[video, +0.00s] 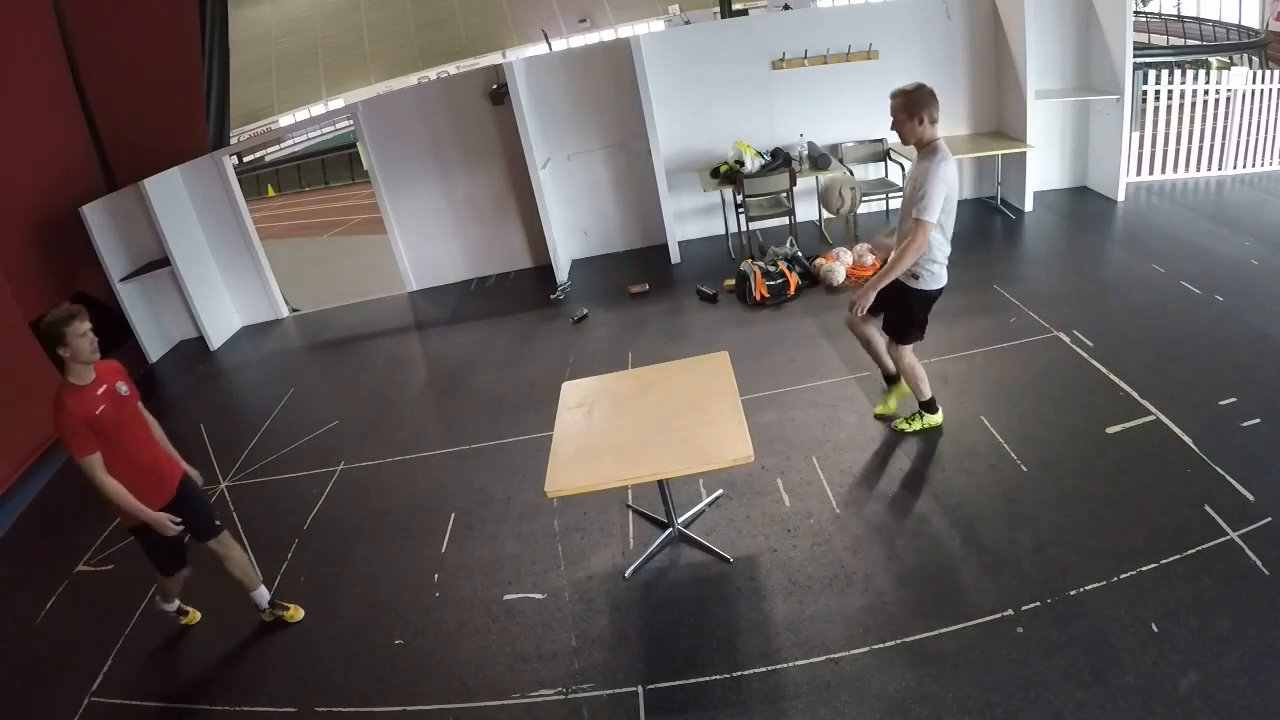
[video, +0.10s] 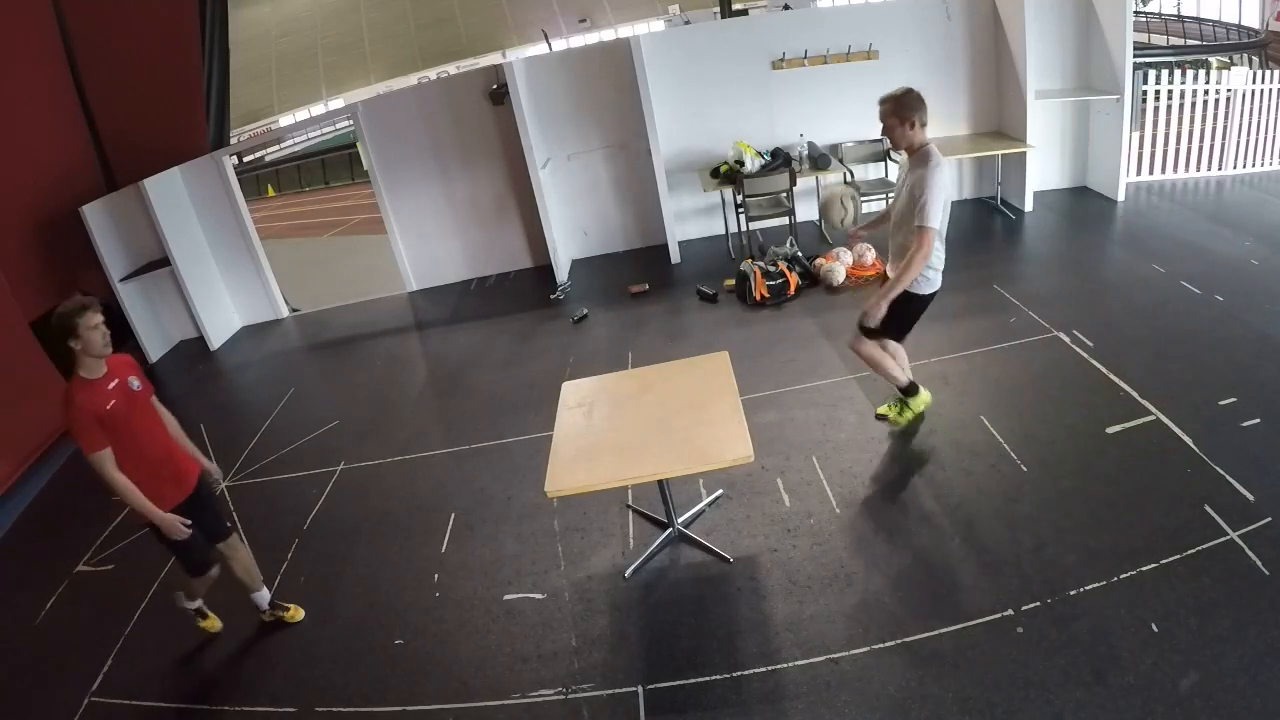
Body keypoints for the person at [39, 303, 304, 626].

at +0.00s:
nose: (94, 338)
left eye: (91, 331)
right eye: (84, 335)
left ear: (88, 335)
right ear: (63, 350)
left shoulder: (112, 370)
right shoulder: (70, 411)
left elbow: (147, 420)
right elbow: (99, 478)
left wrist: (182, 464)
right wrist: (149, 516)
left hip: (175, 480)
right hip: (145, 509)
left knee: (222, 539)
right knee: (175, 570)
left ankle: (267, 604)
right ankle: (168, 604)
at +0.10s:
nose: (106, 331)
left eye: (104, 324)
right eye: (96, 328)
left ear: (106, 326)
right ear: (75, 343)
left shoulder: (125, 364)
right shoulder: (80, 403)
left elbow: (160, 412)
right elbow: (110, 473)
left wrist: (199, 459)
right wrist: (158, 517)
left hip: (188, 475)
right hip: (160, 504)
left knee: (230, 541)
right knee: (207, 568)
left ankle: (266, 604)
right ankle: (190, 601)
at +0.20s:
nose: (117, 326)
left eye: (114, 319)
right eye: (106, 323)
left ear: (116, 322)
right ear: (85, 338)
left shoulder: (135, 359)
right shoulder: (88, 402)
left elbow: (175, 408)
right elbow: (119, 475)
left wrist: (217, 450)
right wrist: (167, 519)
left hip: (200, 474)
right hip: (172, 502)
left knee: (239, 541)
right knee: (226, 564)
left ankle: (267, 606)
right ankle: (235, 617)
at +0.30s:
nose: (128, 324)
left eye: (125, 316)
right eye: (117, 321)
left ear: (127, 316)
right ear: (96, 337)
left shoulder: (148, 356)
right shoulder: (102, 401)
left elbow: (191, 406)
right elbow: (127, 477)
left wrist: (236, 446)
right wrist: (176, 523)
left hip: (212, 476)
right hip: (186, 503)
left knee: (249, 548)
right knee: (243, 567)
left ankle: (268, 608)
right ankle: (285, 633)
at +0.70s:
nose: (179, 320)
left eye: (175, 312)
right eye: (169, 317)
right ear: (145, 333)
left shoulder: (187, 354)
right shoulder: (154, 402)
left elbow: (226, 410)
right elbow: (185, 484)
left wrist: (273, 455)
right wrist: (229, 539)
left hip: (260, 478)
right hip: (240, 508)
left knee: (304, 537)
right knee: (295, 572)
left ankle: (296, 598)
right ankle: (343, 642)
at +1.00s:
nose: (206, 308)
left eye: (202, 300)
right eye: (196, 304)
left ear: (176, 318)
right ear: (170, 321)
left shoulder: (203, 347)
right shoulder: (176, 385)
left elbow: (244, 412)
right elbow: (214, 475)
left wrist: (284, 452)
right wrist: (283, 513)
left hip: (276, 477)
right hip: (254, 507)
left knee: (312, 541)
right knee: (305, 574)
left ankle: (335, 606)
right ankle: (342, 642)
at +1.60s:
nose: (257, 313)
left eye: (257, 304)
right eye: (251, 306)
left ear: (227, 308)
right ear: (222, 309)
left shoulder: (238, 343)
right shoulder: (206, 372)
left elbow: (257, 412)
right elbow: (226, 465)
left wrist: (288, 448)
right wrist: (279, 518)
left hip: (286, 480)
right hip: (263, 505)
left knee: (328, 557)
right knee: (317, 572)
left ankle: (343, 625)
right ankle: (304, 636)